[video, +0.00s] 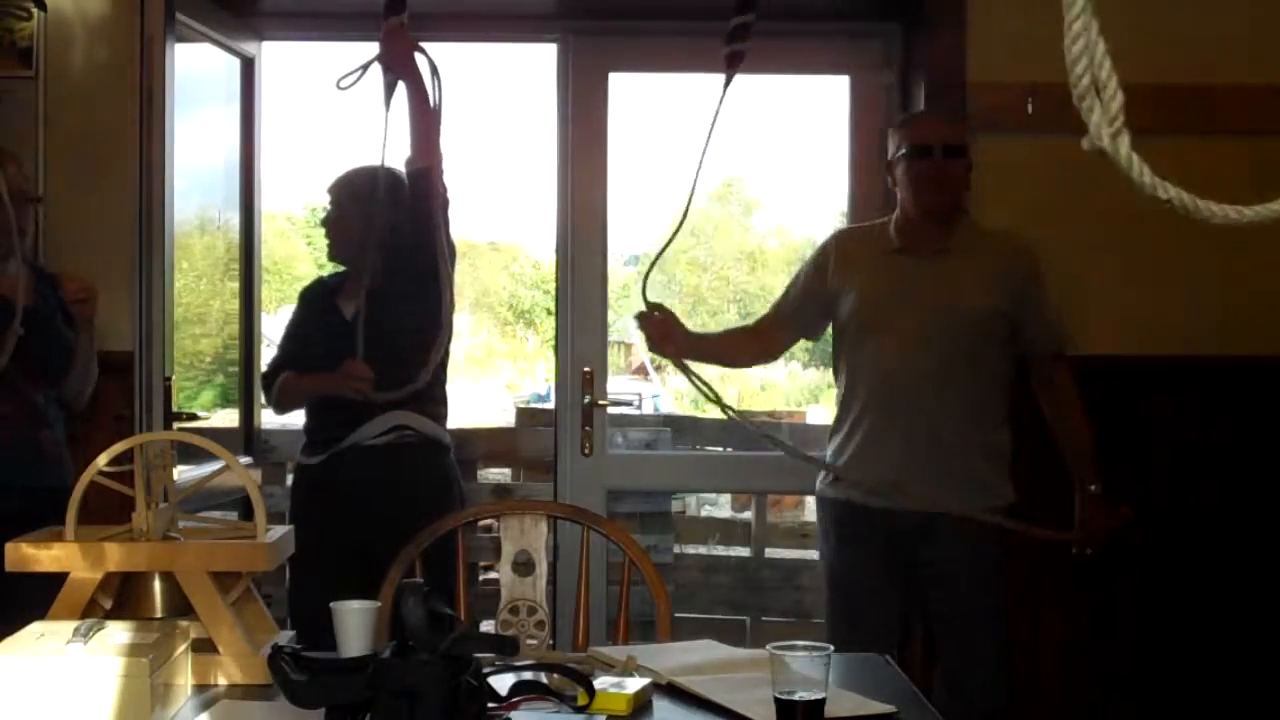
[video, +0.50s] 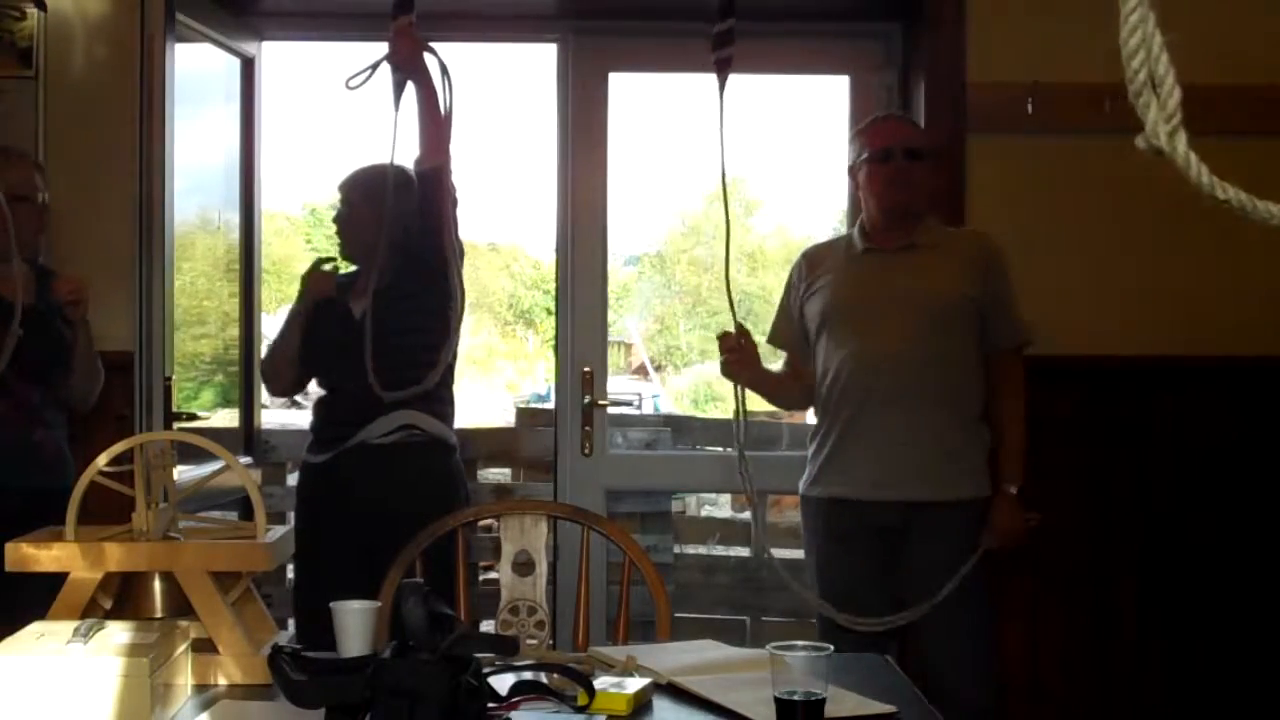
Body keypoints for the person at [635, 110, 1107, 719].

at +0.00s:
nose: (939, 167)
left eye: (953, 154)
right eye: (921, 155)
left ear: (970, 169)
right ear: (892, 172)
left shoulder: (1006, 261)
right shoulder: (847, 254)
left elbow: (1052, 381)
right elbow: (767, 337)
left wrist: (1088, 486)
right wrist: (688, 344)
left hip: (969, 509)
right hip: (860, 504)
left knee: (972, 686)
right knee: (863, 682)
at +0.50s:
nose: (899, 167)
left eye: (912, 155)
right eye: (882, 157)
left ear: (928, 171)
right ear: (854, 175)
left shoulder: (973, 255)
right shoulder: (817, 265)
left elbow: (1006, 379)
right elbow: (801, 390)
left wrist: (1008, 491)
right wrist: (751, 373)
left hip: (949, 505)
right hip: (842, 505)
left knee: (954, 676)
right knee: (857, 676)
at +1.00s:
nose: (912, 169)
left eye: (923, 158)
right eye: (894, 158)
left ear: (936, 172)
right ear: (859, 178)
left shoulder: (976, 262)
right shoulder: (820, 265)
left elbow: (1006, 386)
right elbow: (806, 391)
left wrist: (1010, 500)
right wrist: (788, 378)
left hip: (942, 502)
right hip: (834, 501)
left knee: (948, 675)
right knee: (847, 673)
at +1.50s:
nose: (862, 173)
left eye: (880, 159)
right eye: (858, 160)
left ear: (925, 173)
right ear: (850, 172)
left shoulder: (980, 264)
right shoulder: (824, 270)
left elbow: (1012, 390)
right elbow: (809, 391)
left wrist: (1017, 501)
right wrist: (773, 384)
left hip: (954, 506)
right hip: (845, 504)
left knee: (953, 681)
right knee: (854, 680)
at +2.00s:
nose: (892, 168)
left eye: (909, 156)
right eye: (879, 157)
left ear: (935, 173)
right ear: (863, 175)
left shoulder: (976, 262)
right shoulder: (824, 268)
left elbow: (1010, 386)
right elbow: (809, 397)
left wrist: (1012, 498)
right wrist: (787, 380)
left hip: (950, 506)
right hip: (842, 505)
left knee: (953, 679)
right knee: (854, 677)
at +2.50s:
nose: (902, 167)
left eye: (918, 156)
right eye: (888, 156)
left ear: (941, 172)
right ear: (868, 174)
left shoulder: (982, 263)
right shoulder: (825, 266)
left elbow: (1013, 390)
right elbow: (808, 391)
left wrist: (1014, 503)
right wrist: (782, 381)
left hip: (952, 506)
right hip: (843, 505)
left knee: (953, 682)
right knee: (854, 678)